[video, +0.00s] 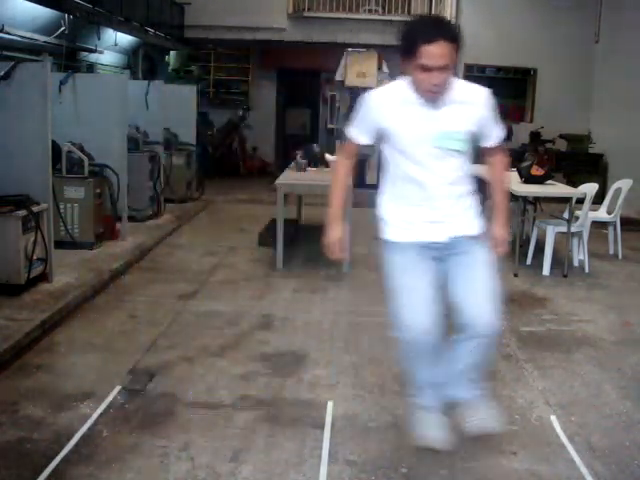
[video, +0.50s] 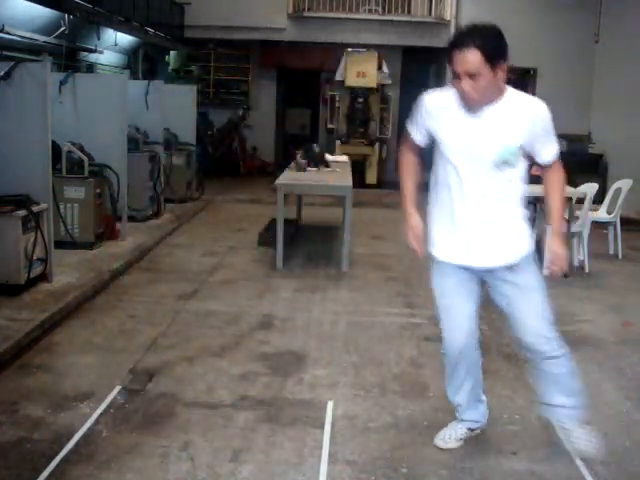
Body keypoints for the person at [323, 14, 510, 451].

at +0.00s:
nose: (437, 78)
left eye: (445, 68)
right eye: (427, 68)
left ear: (456, 63)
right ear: (406, 64)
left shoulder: (477, 100)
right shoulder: (380, 103)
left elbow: (496, 156)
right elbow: (347, 154)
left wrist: (499, 220)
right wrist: (335, 220)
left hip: (465, 235)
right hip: (405, 239)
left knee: (483, 321)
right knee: (419, 329)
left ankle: (464, 392)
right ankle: (427, 405)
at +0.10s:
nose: (469, 99)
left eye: (478, 89)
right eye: (459, 89)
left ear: (490, 84)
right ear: (444, 83)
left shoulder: (513, 113)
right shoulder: (416, 116)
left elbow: (534, 155)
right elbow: (381, 155)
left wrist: (539, 216)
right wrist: (380, 222)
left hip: (506, 255)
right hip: (447, 262)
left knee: (547, 337)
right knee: (466, 353)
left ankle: (578, 420)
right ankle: (487, 419)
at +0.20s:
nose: (495, 130)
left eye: (504, 120)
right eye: (487, 120)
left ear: (523, 115)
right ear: (476, 116)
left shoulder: (550, 143)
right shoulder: (453, 150)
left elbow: (568, 191)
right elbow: (425, 192)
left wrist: (578, 247)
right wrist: (416, 256)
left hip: (543, 280)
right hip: (481, 282)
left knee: (584, 360)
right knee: (474, 367)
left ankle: (613, 432)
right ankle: (484, 421)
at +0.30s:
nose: (501, 141)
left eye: (511, 131)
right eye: (495, 130)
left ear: (537, 127)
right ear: (488, 125)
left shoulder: (568, 163)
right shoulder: (472, 163)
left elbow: (589, 222)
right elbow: (458, 215)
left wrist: (606, 287)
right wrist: (447, 276)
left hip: (558, 283)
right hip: (494, 280)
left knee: (596, 363)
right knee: (469, 356)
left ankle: (614, 434)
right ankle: (478, 424)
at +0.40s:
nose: (483, 114)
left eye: (493, 105)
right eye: (478, 103)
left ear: (521, 101)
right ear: (471, 99)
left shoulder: (551, 138)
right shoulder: (456, 135)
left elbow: (576, 197)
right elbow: (443, 188)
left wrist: (585, 265)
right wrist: (439, 252)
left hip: (543, 272)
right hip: (480, 269)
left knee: (576, 351)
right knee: (456, 352)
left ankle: (612, 434)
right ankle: (468, 417)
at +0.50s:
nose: (463, 86)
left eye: (472, 76)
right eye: (457, 76)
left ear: (501, 70)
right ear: (449, 70)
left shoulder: (531, 113)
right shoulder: (434, 105)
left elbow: (552, 168)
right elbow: (409, 149)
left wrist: (556, 235)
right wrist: (411, 211)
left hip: (510, 252)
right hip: (449, 251)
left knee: (540, 339)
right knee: (457, 341)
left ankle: (568, 418)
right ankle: (469, 417)